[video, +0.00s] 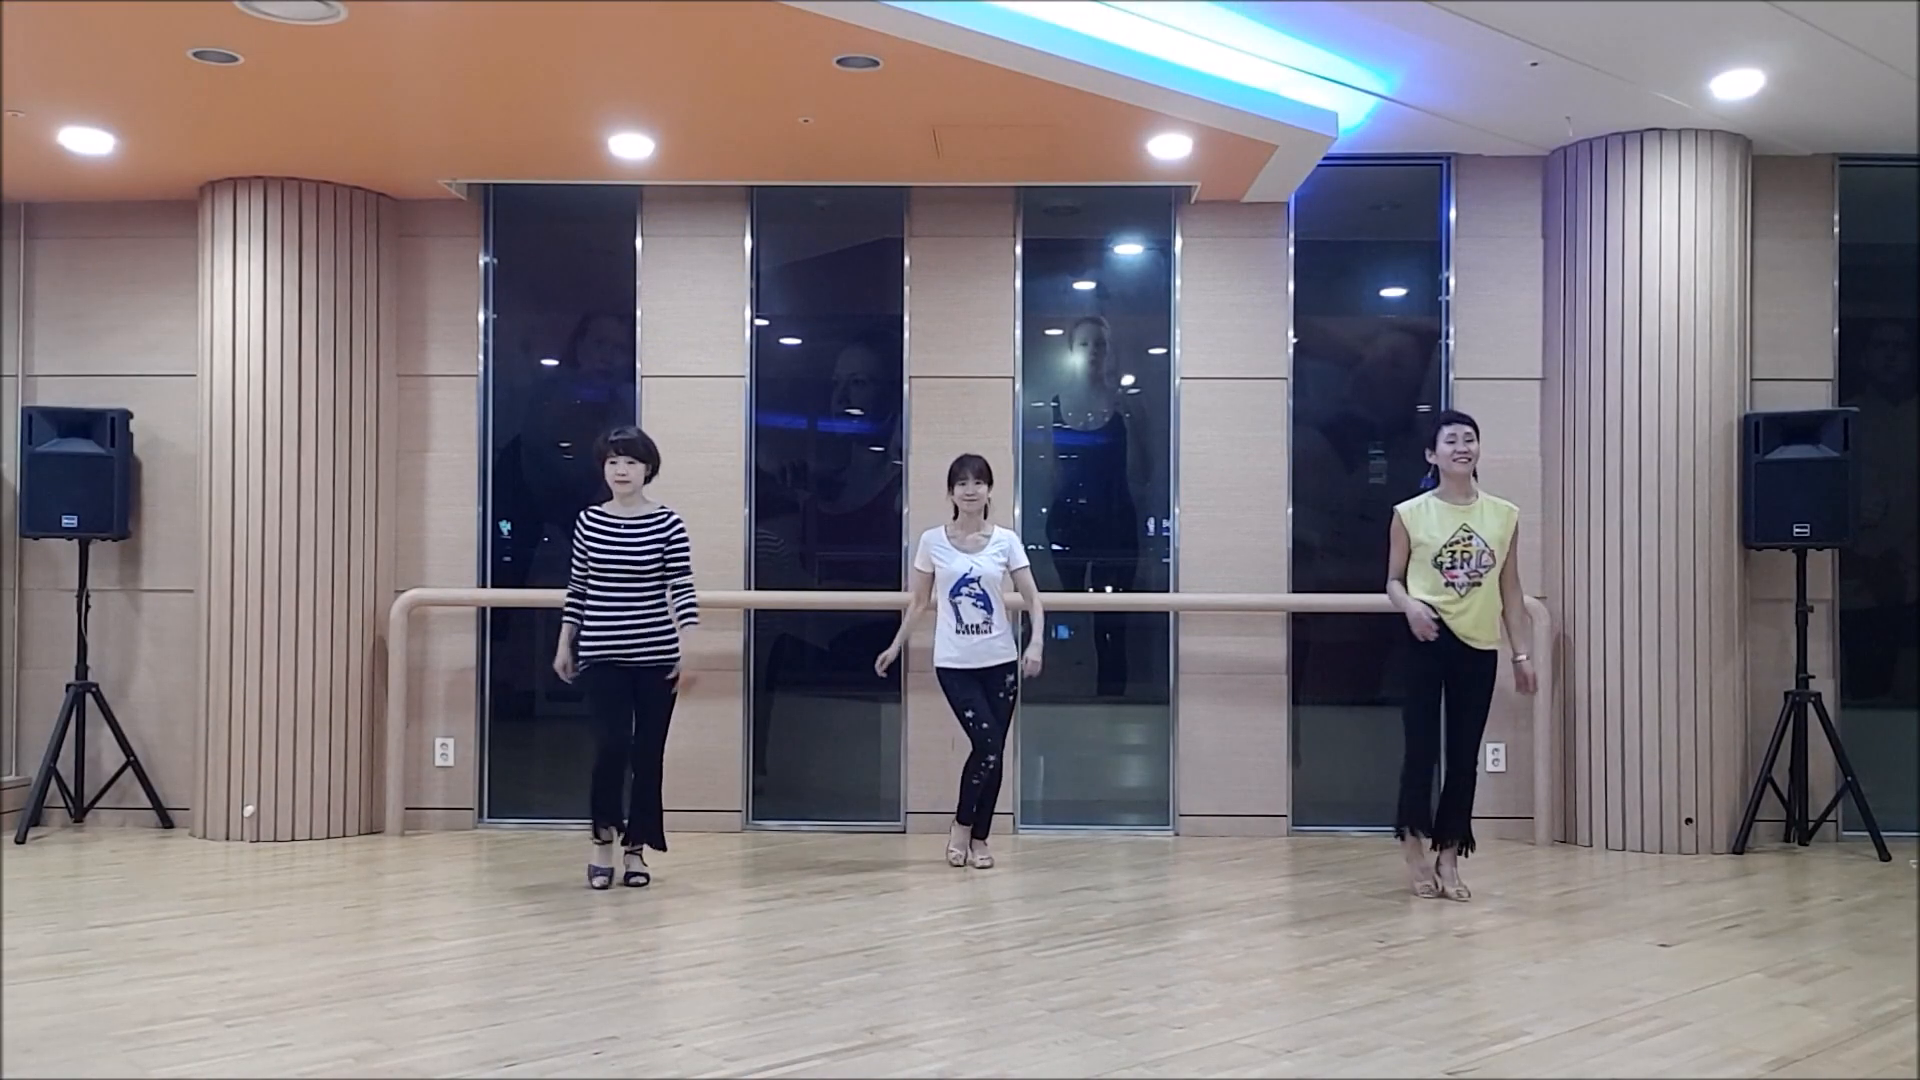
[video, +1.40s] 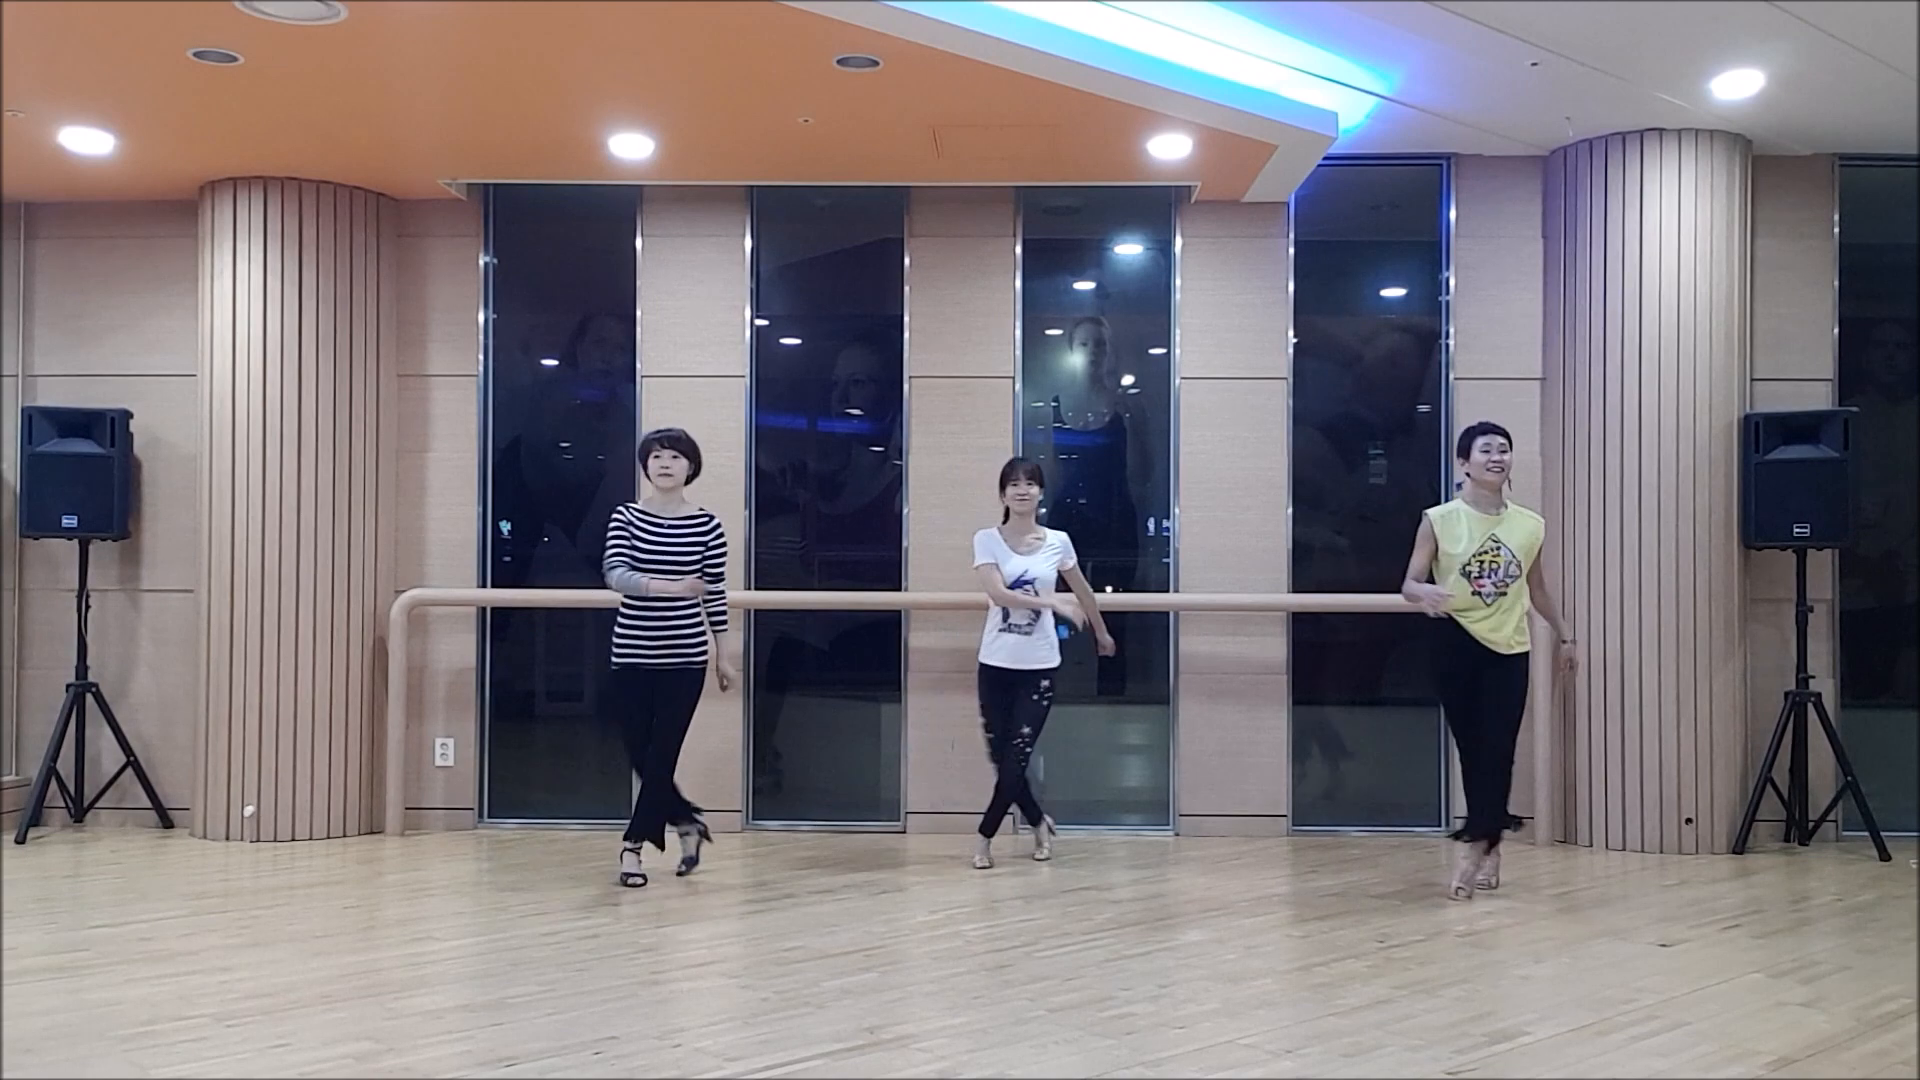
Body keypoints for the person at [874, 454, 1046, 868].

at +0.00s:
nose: (971, 489)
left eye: (979, 482)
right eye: (963, 483)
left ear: (990, 489)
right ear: (951, 490)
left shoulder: (1005, 541)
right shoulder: (932, 541)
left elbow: (1033, 599)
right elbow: (917, 603)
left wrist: (1035, 644)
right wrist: (896, 646)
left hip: (1000, 660)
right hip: (953, 662)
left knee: (994, 751)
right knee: (987, 744)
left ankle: (980, 840)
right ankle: (961, 828)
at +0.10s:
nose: (972, 491)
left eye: (979, 484)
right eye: (964, 485)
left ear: (990, 490)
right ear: (952, 492)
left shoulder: (1010, 543)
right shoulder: (935, 545)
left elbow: (1041, 595)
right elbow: (931, 602)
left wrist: (1056, 643)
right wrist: (925, 630)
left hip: (997, 663)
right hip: (948, 663)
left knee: (993, 752)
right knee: (970, 744)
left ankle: (980, 839)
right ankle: (940, 812)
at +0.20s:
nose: (972, 490)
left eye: (979, 482)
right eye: (963, 484)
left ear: (991, 489)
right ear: (952, 492)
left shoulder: (1012, 539)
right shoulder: (939, 543)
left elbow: (1048, 590)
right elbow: (938, 604)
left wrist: (1072, 634)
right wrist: (955, 604)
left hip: (994, 663)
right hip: (946, 659)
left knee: (988, 754)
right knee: (928, 743)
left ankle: (978, 841)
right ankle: (894, 819)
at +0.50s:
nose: (974, 488)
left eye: (981, 481)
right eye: (965, 482)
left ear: (993, 488)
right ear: (954, 490)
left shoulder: (1010, 539)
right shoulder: (937, 542)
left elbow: (1035, 593)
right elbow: (926, 593)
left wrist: (1054, 643)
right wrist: (941, 607)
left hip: (998, 663)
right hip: (949, 663)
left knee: (993, 752)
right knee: (949, 747)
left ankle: (978, 838)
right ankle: (922, 817)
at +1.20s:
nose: (995, 490)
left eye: (1002, 484)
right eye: (987, 484)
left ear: (1015, 492)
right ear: (976, 492)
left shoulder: (1031, 541)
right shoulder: (961, 540)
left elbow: (1069, 592)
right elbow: (957, 595)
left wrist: (1105, 636)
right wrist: (989, 578)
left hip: (1015, 662)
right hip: (968, 658)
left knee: (998, 754)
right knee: (929, 744)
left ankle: (978, 840)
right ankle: (909, 822)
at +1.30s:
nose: (1007, 491)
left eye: (1015, 484)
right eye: (999, 485)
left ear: (1026, 492)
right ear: (988, 493)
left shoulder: (1043, 543)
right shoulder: (972, 539)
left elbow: (1079, 592)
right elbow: (980, 589)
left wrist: (1115, 637)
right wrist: (1028, 575)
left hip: (1026, 663)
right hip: (981, 660)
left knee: (1004, 754)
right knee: (954, 747)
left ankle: (980, 841)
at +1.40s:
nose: (1023, 490)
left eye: (1030, 483)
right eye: (1015, 484)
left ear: (1041, 492)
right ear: (1002, 493)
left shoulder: (1058, 541)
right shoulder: (987, 540)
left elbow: (1082, 591)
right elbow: (998, 594)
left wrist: (1101, 633)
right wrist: (1052, 601)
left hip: (1040, 666)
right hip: (995, 664)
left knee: (1017, 753)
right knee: (1002, 754)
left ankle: (984, 837)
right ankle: (1039, 823)